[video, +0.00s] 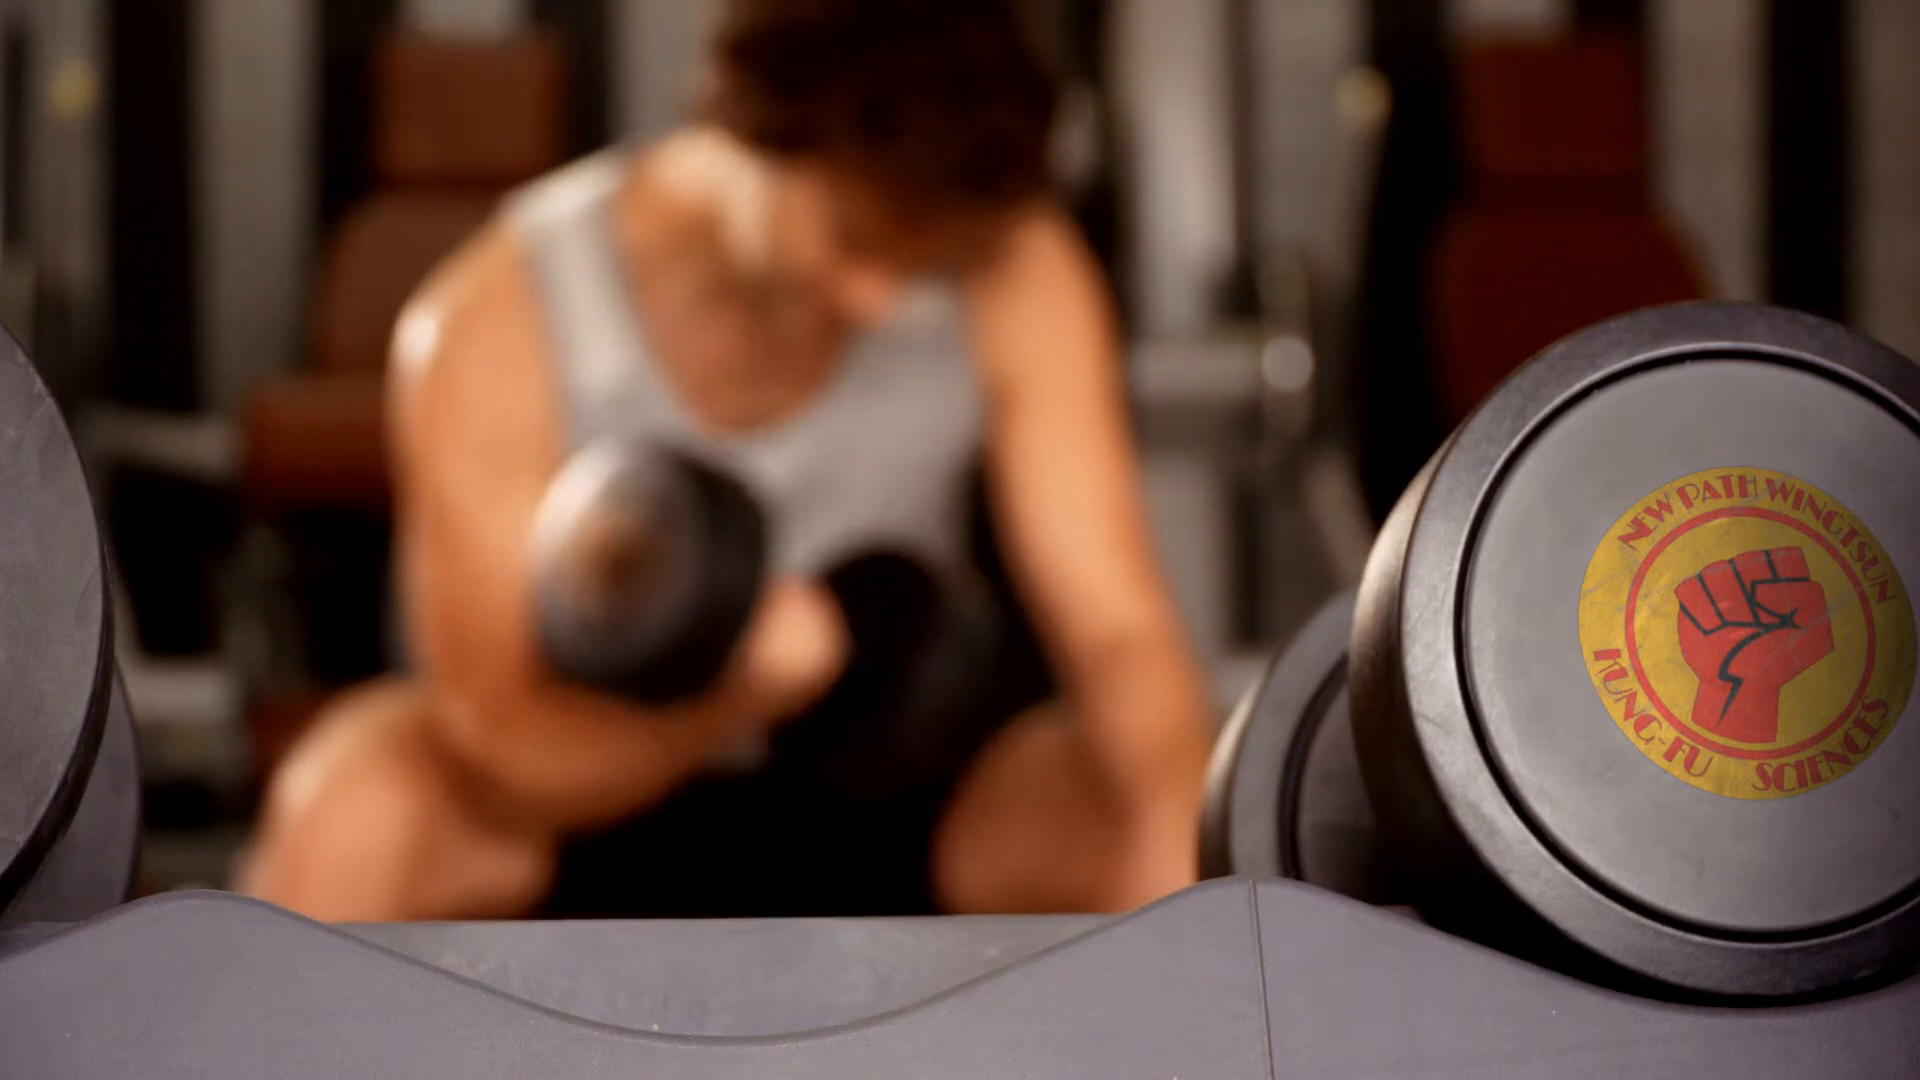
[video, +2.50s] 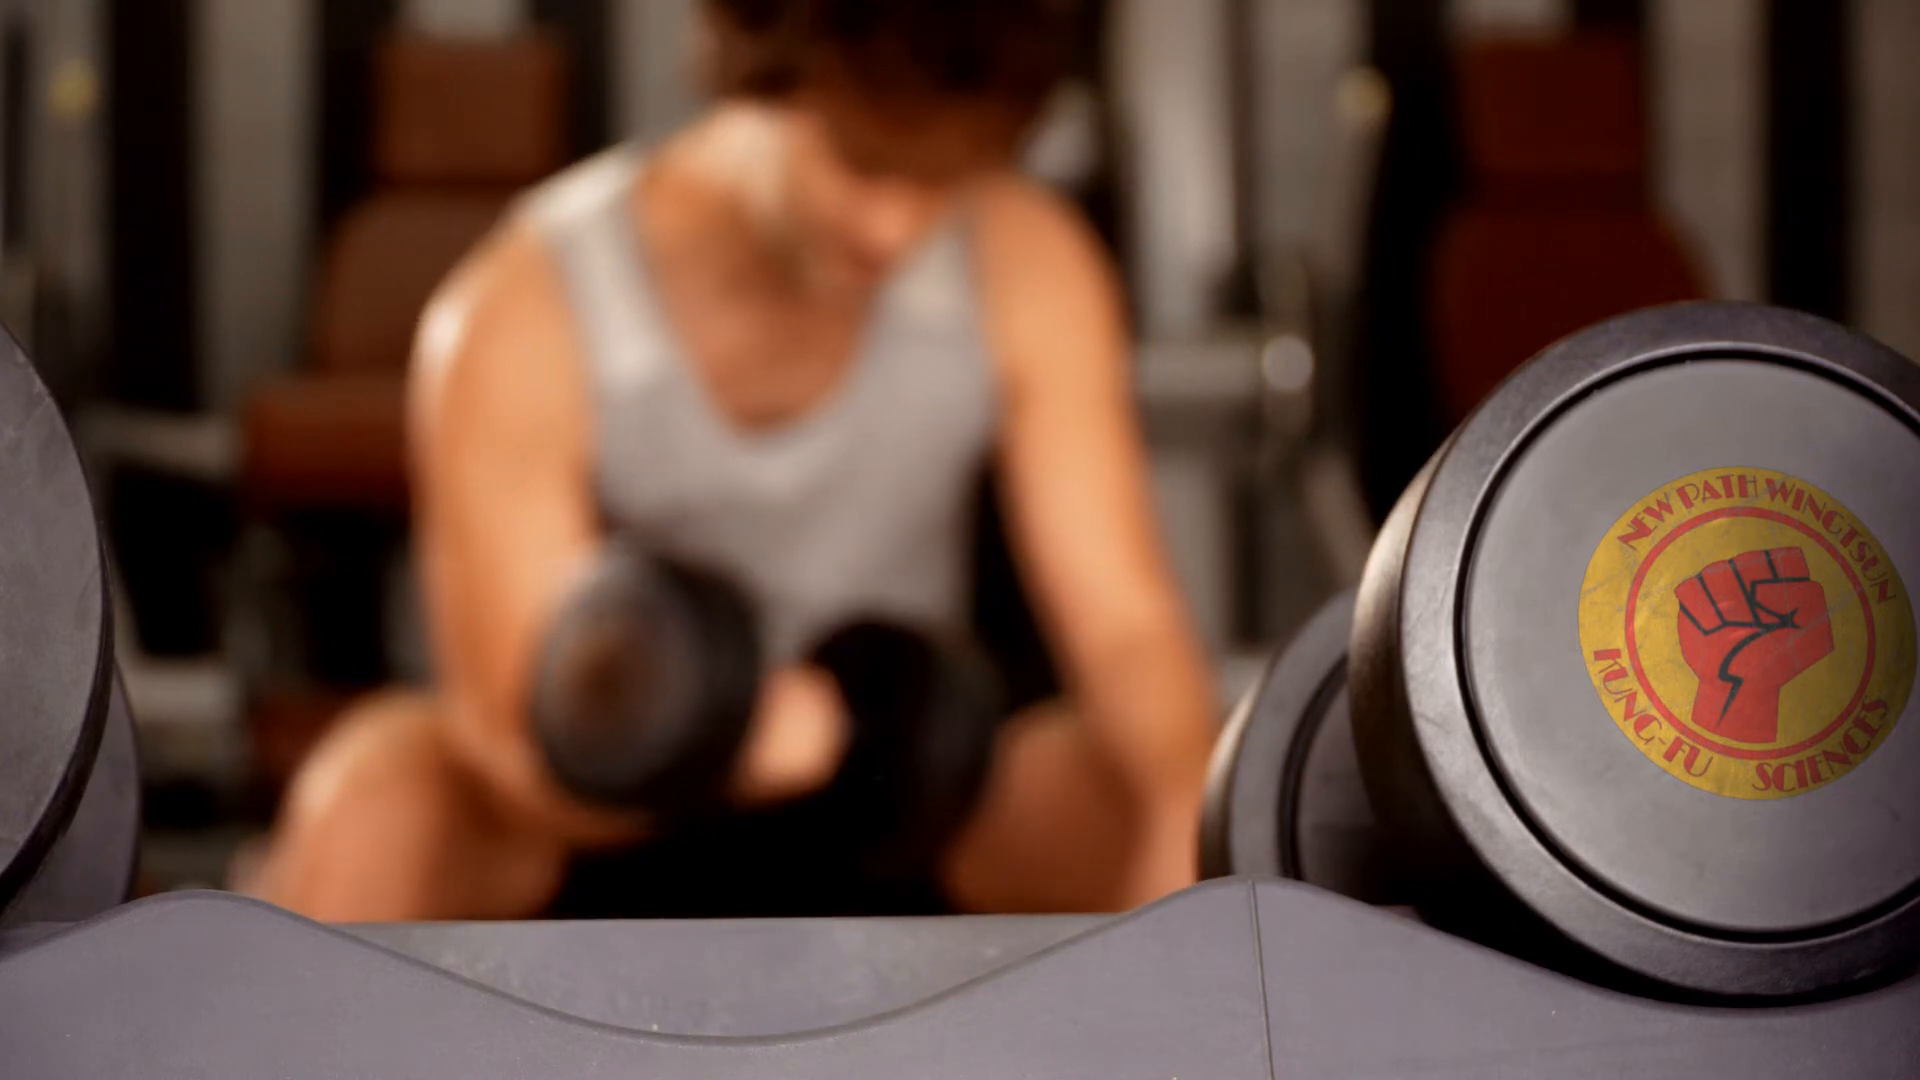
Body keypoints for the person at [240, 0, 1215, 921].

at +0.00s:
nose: (880, 303)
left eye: (922, 264)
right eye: (856, 247)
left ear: (978, 210)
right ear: (764, 147)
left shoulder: (1009, 260)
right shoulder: (492, 318)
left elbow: (1119, 634)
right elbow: (510, 748)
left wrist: (1182, 873)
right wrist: (733, 696)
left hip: (898, 782)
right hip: (599, 790)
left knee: (1170, 810)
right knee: (351, 800)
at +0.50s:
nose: (885, 277)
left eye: (930, 239)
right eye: (858, 223)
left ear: (985, 185)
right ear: (769, 128)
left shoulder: (1018, 257)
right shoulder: (517, 316)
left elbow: (1125, 635)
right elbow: (511, 748)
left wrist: (1181, 840)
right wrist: (750, 717)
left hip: (887, 783)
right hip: (596, 797)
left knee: (1182, 801)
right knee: (357, 798)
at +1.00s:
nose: (922, 297)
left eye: (976, 253)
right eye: (896, 234)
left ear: (1032, 206)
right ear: (804, 134)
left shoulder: (1055, 266)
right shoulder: (595, 334)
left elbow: (1136, 641)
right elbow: (523, 809)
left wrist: (1214, 832)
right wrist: (607, 1060)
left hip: (903, 782)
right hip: (628, 797)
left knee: (1195, 816)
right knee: (365, 798)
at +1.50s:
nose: (918, 311)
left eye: (967, 265)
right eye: (888, 248)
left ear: (1021, 221)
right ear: (793, 153)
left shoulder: (1044, 267)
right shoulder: (590, 366)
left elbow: (1135, 647)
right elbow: (521, 832)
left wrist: (1202, 857)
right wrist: (532, 1078)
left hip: (902, 785)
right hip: (623, 801)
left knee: (1194, 811)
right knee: (356, 797)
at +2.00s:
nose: (920, 264)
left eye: (970, 218)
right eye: (888, 201)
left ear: (1015, 172)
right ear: (792, 114)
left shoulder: (1044, 252)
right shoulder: (595, 328)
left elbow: (1130, 643)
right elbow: (504, 780)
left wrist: (1178, 874)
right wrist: (663, 1034)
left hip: (900, 784)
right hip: (628, 797)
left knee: (1184, 809)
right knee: (354, 790)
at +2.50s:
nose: (899, 229)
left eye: (944, 180)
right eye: (864, 166)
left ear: (998, 140)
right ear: (764, 78)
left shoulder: (1019, 254)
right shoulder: (520, 311)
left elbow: (1125, 627)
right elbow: (528, 753)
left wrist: (1187, 833)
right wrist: (824, 725)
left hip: (888, 803)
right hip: (607, 811)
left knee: (1189, 794)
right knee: (374, 787)